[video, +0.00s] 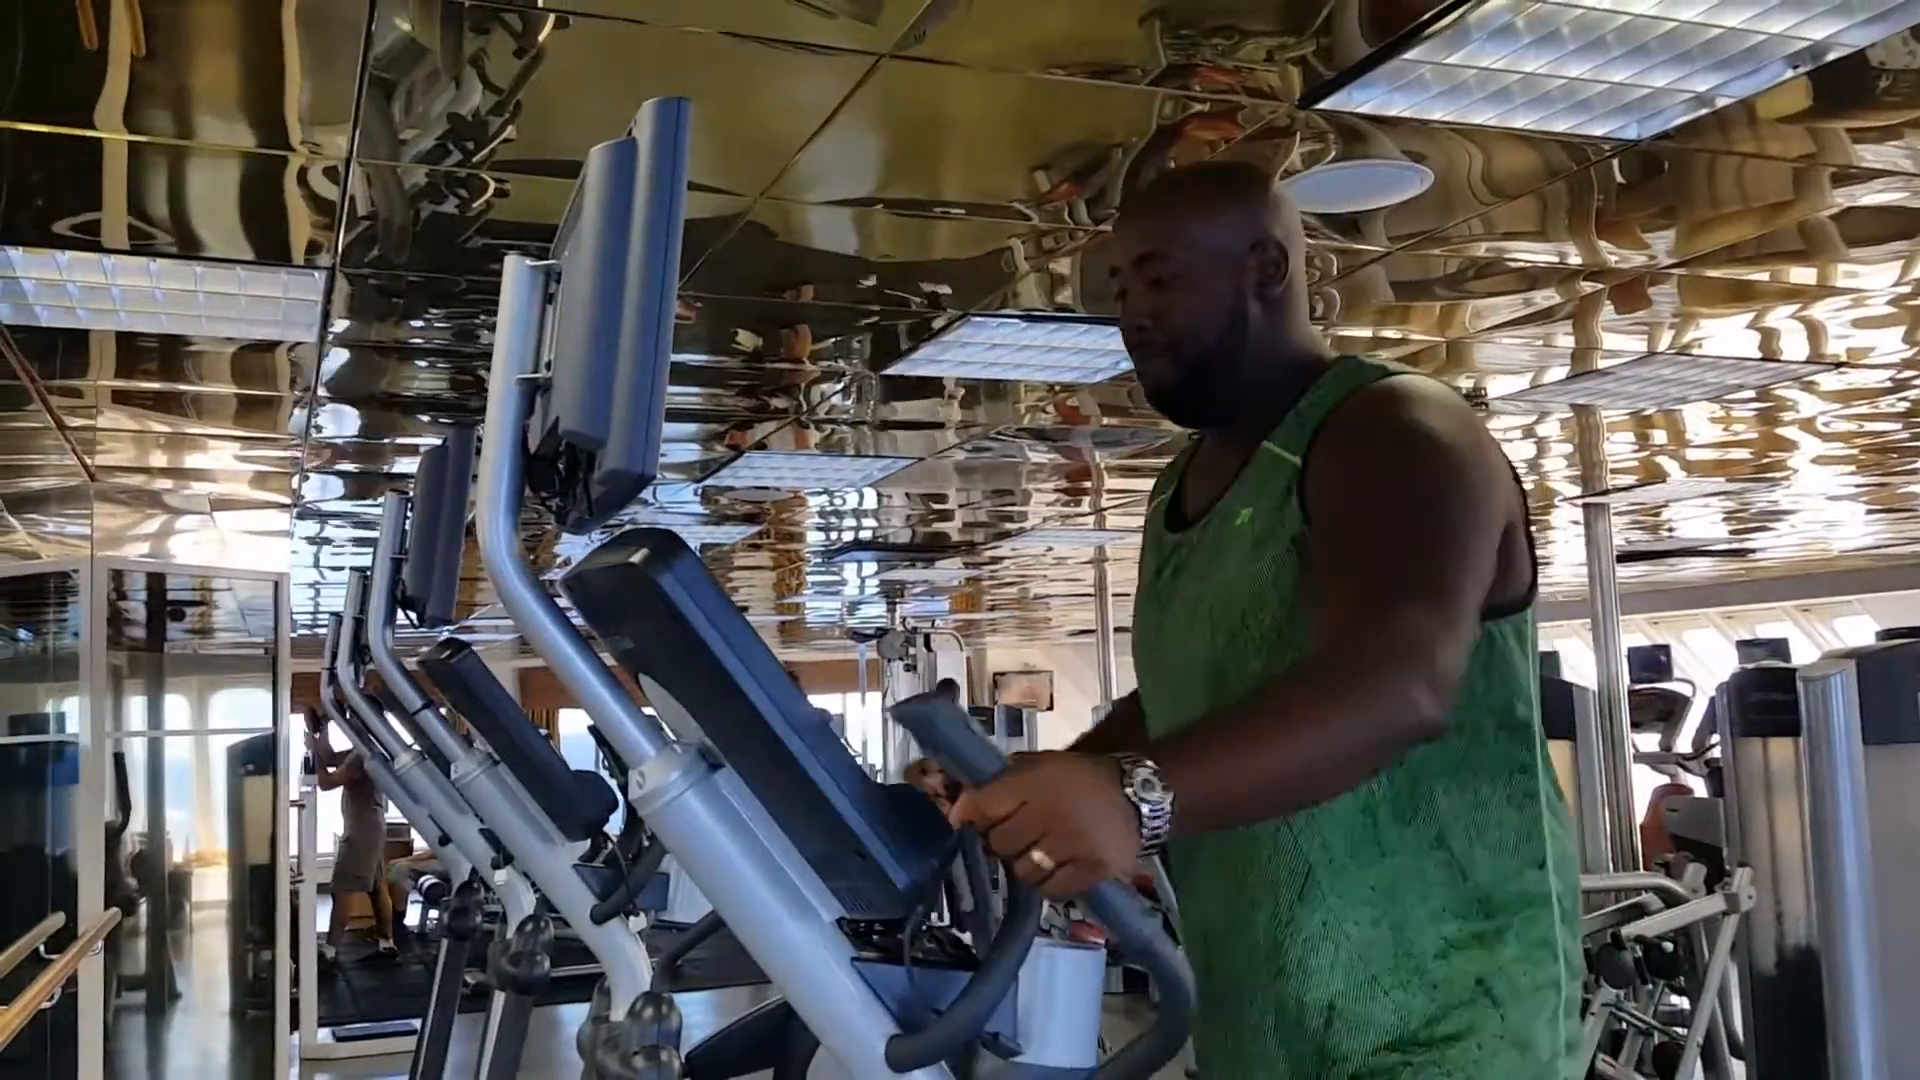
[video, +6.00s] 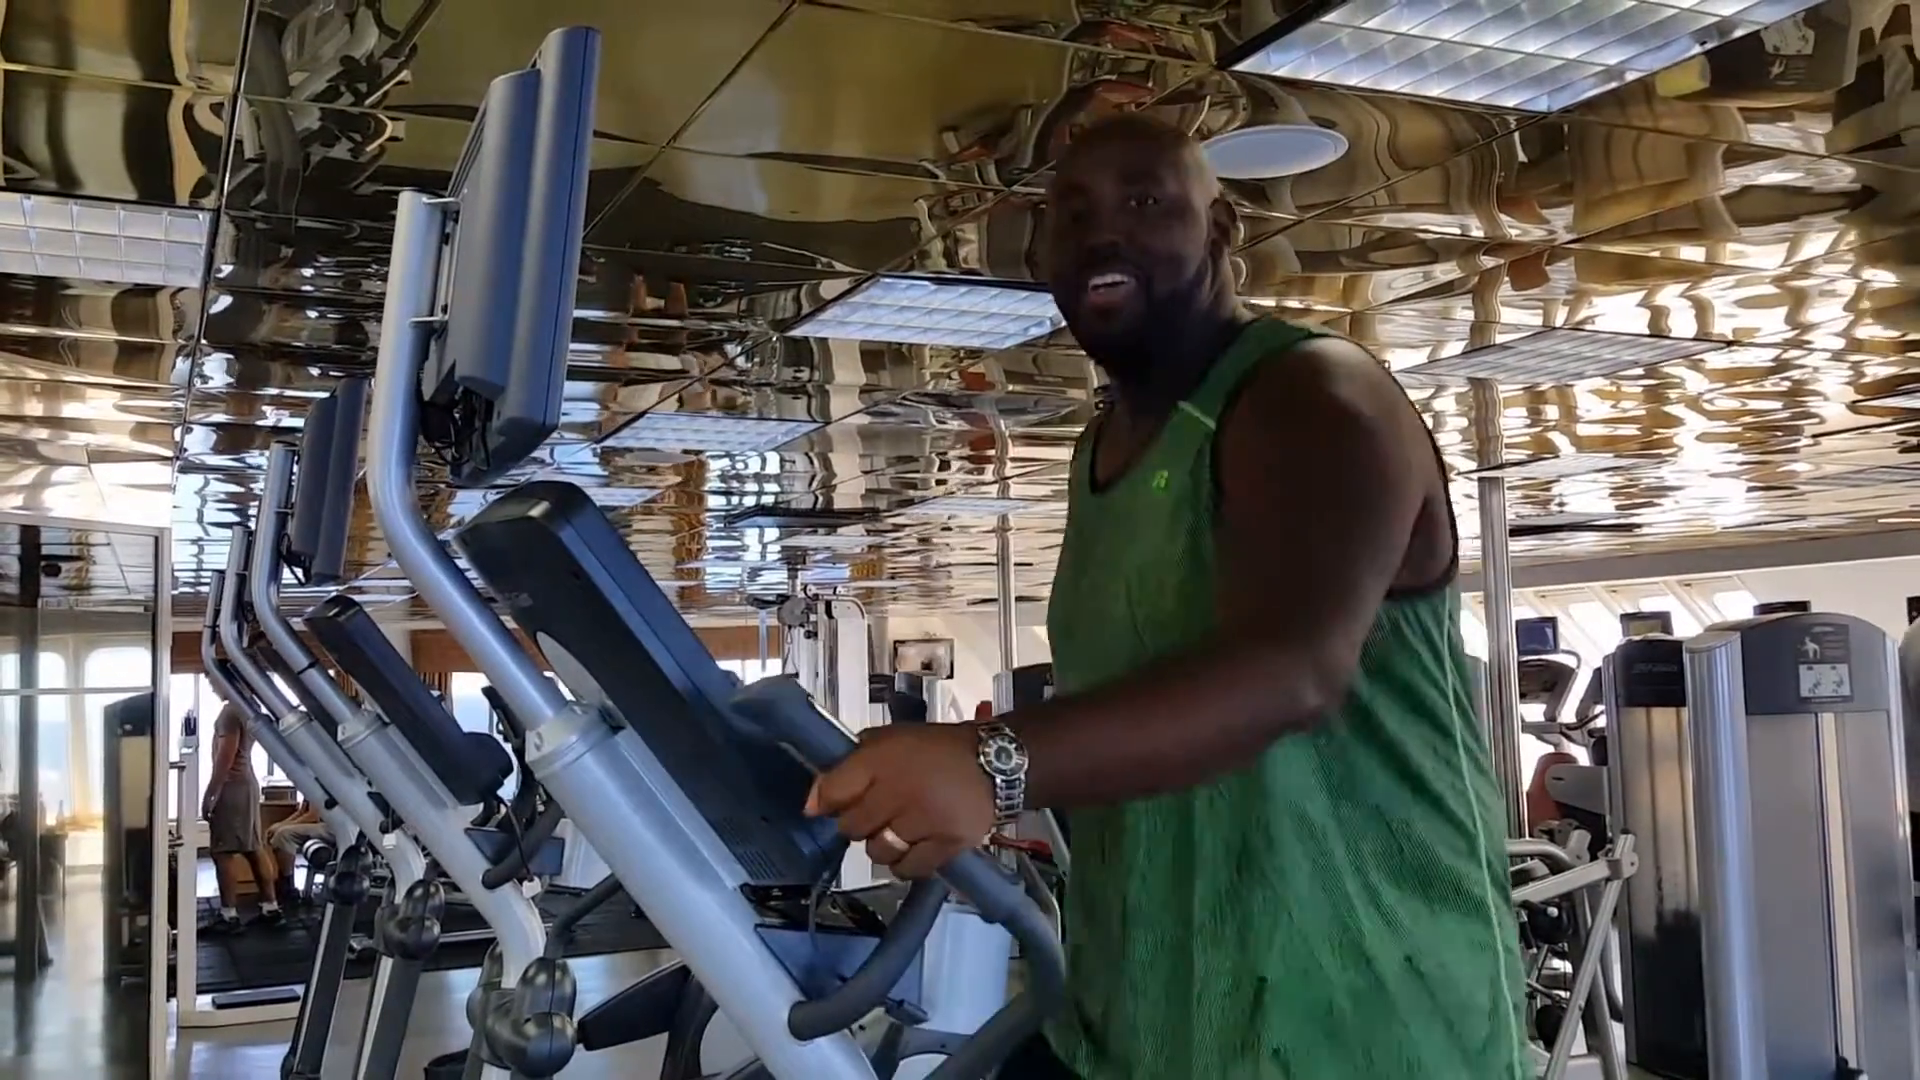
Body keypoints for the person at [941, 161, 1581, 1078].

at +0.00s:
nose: (1129, 317)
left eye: (1159, 279)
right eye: (1123, 290)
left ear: (1266, 274)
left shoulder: (1408, 436)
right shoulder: (1188, 483)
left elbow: (1398, 682)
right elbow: (1189, 693)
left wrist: (1139, 797)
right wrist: (1049, 792)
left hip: (1440, 1016)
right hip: (1257, 1019)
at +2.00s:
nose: (1145, 276)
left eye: (1192, 236)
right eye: (1127, 255)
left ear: (1283, 265)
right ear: (1110, 290)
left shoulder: (1388, 460)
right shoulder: (1139, 512)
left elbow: (1517, 738)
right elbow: (1052, 712)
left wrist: (1210, 803)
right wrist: (842, 756)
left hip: (1407, 1046)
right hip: (1168, 1044)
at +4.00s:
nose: (1048, 330)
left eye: (1079, 291)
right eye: (1042, 300)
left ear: (1191, 294)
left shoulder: (1337, 453)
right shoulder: (1081, 512)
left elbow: (1485, 715)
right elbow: (1003, 720)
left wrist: (1256, 798)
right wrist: (812, 747)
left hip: (1345, 1017)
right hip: (1153, 1015)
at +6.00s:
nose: (1099, 221)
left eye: (1145, 198)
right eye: (1069, 200)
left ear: (1223, 239)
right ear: (1038, 252)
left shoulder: (1322, 398)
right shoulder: (1107, 443)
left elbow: (1297, 666)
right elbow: (1151, 698)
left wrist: (999, 766)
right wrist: (994, 755)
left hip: (1348, 1008)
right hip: (1153, 996)